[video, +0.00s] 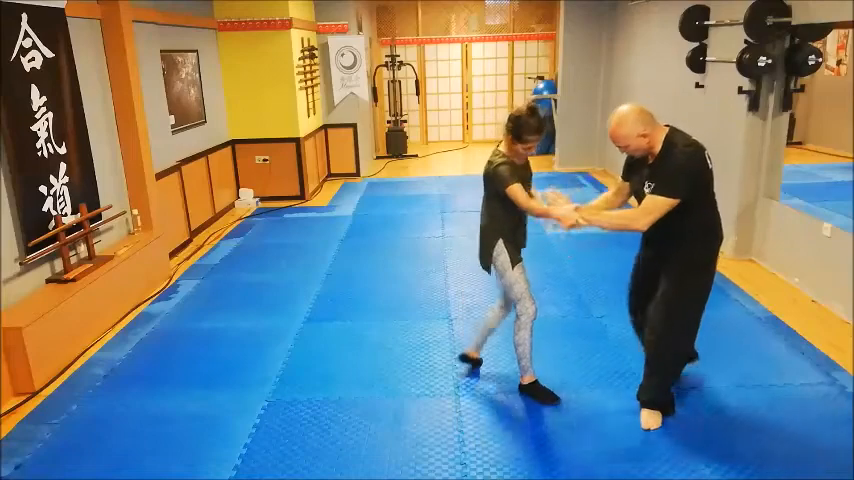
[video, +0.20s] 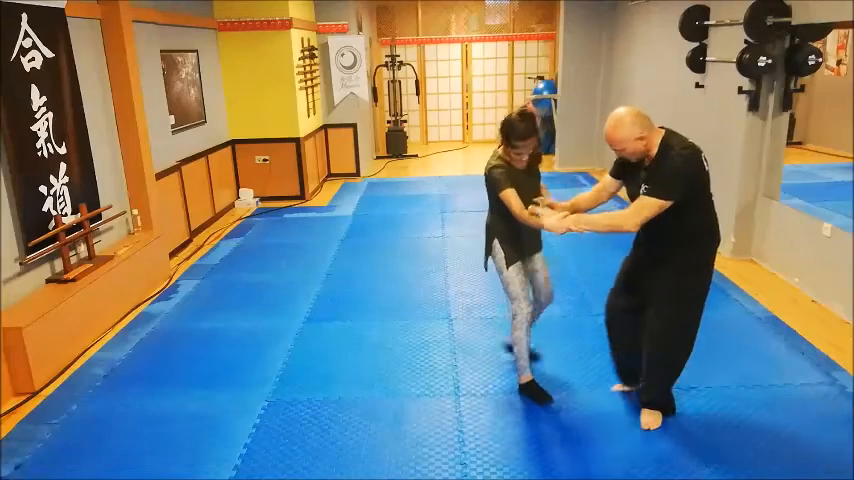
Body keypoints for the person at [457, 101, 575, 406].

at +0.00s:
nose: (530, 152)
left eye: (534, 147)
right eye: (525, 147)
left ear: (537, 138)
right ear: (510, 137)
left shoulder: (519, 158)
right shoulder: (501, 168)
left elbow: (527, 194)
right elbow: (526, 205)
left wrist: (548, 206)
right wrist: (558, 214)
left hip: (510, 240)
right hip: (499, 244)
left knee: (506, 304)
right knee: (526, 310)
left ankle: (472, 352)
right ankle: (527, 379)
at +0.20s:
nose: (525, 157)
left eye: (530, 151)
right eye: (518, 152)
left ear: (536, 142)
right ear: (504, 144)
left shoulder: (532, 160)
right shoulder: (497, 171)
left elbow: (539, 193)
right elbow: (519, 213)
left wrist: (552, 208)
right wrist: (553, 224)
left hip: (529, 236)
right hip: (504, 241)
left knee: (544, 296)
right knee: (520, 308)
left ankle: (517, 339)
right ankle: (525, 378)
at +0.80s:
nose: (490, 188)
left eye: (493, 182)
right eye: (484, 184)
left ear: (503, 167)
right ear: (479, 178)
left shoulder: (534, 166)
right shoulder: (480, 185)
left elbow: (559, 189)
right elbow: (501, 224)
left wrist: (545, 228)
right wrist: (517, 239)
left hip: (545, 243)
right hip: (509, 248)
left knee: (555, 300)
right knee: (512, 313)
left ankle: (560, 342)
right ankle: (520, 380)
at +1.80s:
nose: (510, 161)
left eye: (514, 154)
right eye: (503, 154)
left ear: (521, 148)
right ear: (490, 149)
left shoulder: (517, 163)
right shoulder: (482, 175)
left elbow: (522, 191)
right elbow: (520, 217)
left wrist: (534, 213)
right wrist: (560, 245)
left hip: (518, 240)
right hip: (488, 248)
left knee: (530, 295)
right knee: (498, 319)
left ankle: (542, 345)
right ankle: (506, 376)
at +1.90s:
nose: (512, 149)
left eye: (516, 142)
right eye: (505, 143)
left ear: (523, 134)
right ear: (489, 136)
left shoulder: (506, 158)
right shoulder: (485, 170)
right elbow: (528, 213)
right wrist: (570, 240)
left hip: (508, 238)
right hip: (484, 243)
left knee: (518, 301)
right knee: (499, 317)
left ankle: (524, 350)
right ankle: (497, 376)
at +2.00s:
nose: (516, 139)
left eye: (519, 132)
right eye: (512, 133)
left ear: (516, 124)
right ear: (491, 128)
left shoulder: (492, 153)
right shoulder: (489, 164)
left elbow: (495, 197)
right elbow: (533, 211)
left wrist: (519, 212)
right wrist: (578, 234)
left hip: (498, 242)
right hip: (486, 246)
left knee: (505, 304)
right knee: (499, 315)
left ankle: (498, 355)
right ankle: (486, 378)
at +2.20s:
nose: (514, 131)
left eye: (515, 125)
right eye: (511, 125)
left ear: (489, 123)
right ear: (491, 123)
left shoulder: (461, 153)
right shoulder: (498, 162)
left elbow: (449, 193)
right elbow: (536, 210)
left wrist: (481, 194)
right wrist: (581, 229)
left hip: (468, 244)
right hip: (495, 247)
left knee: (475, 305)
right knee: (504, 315)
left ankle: (452, 373)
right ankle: (484, 383)